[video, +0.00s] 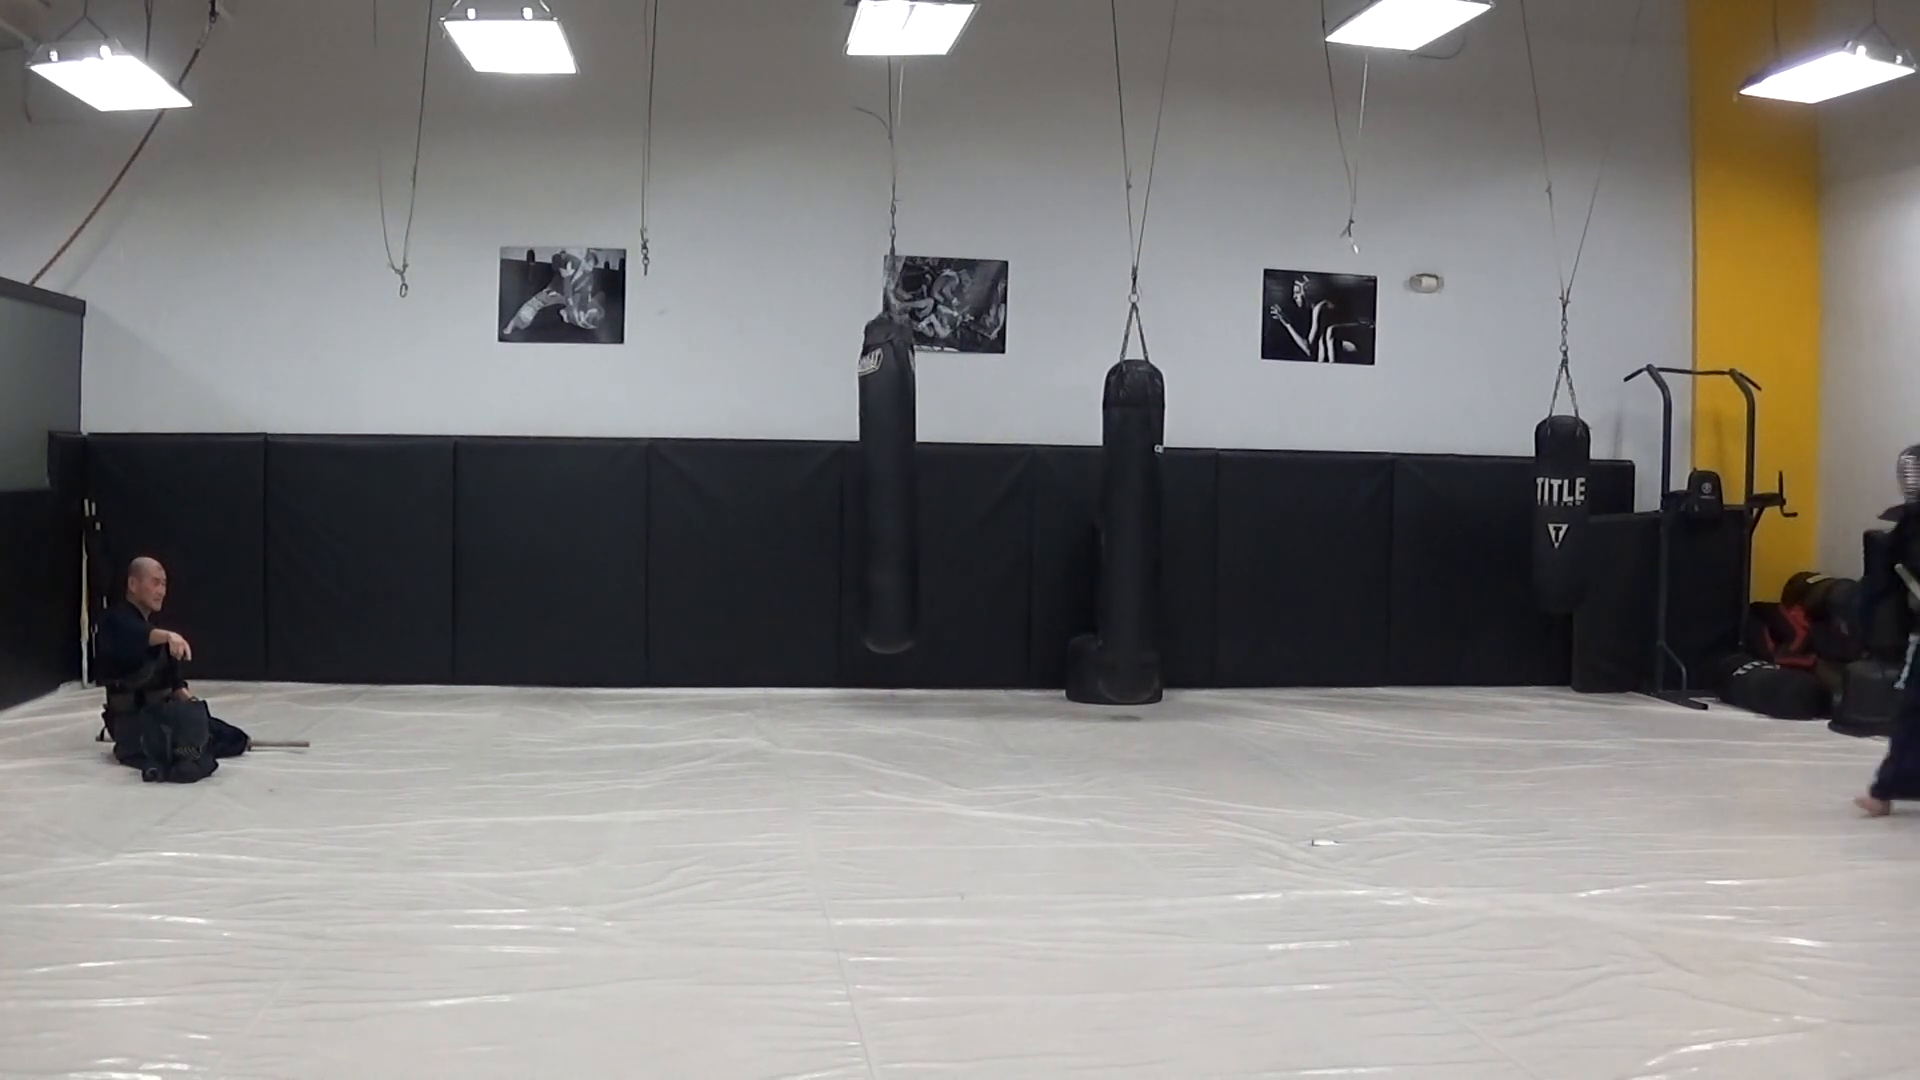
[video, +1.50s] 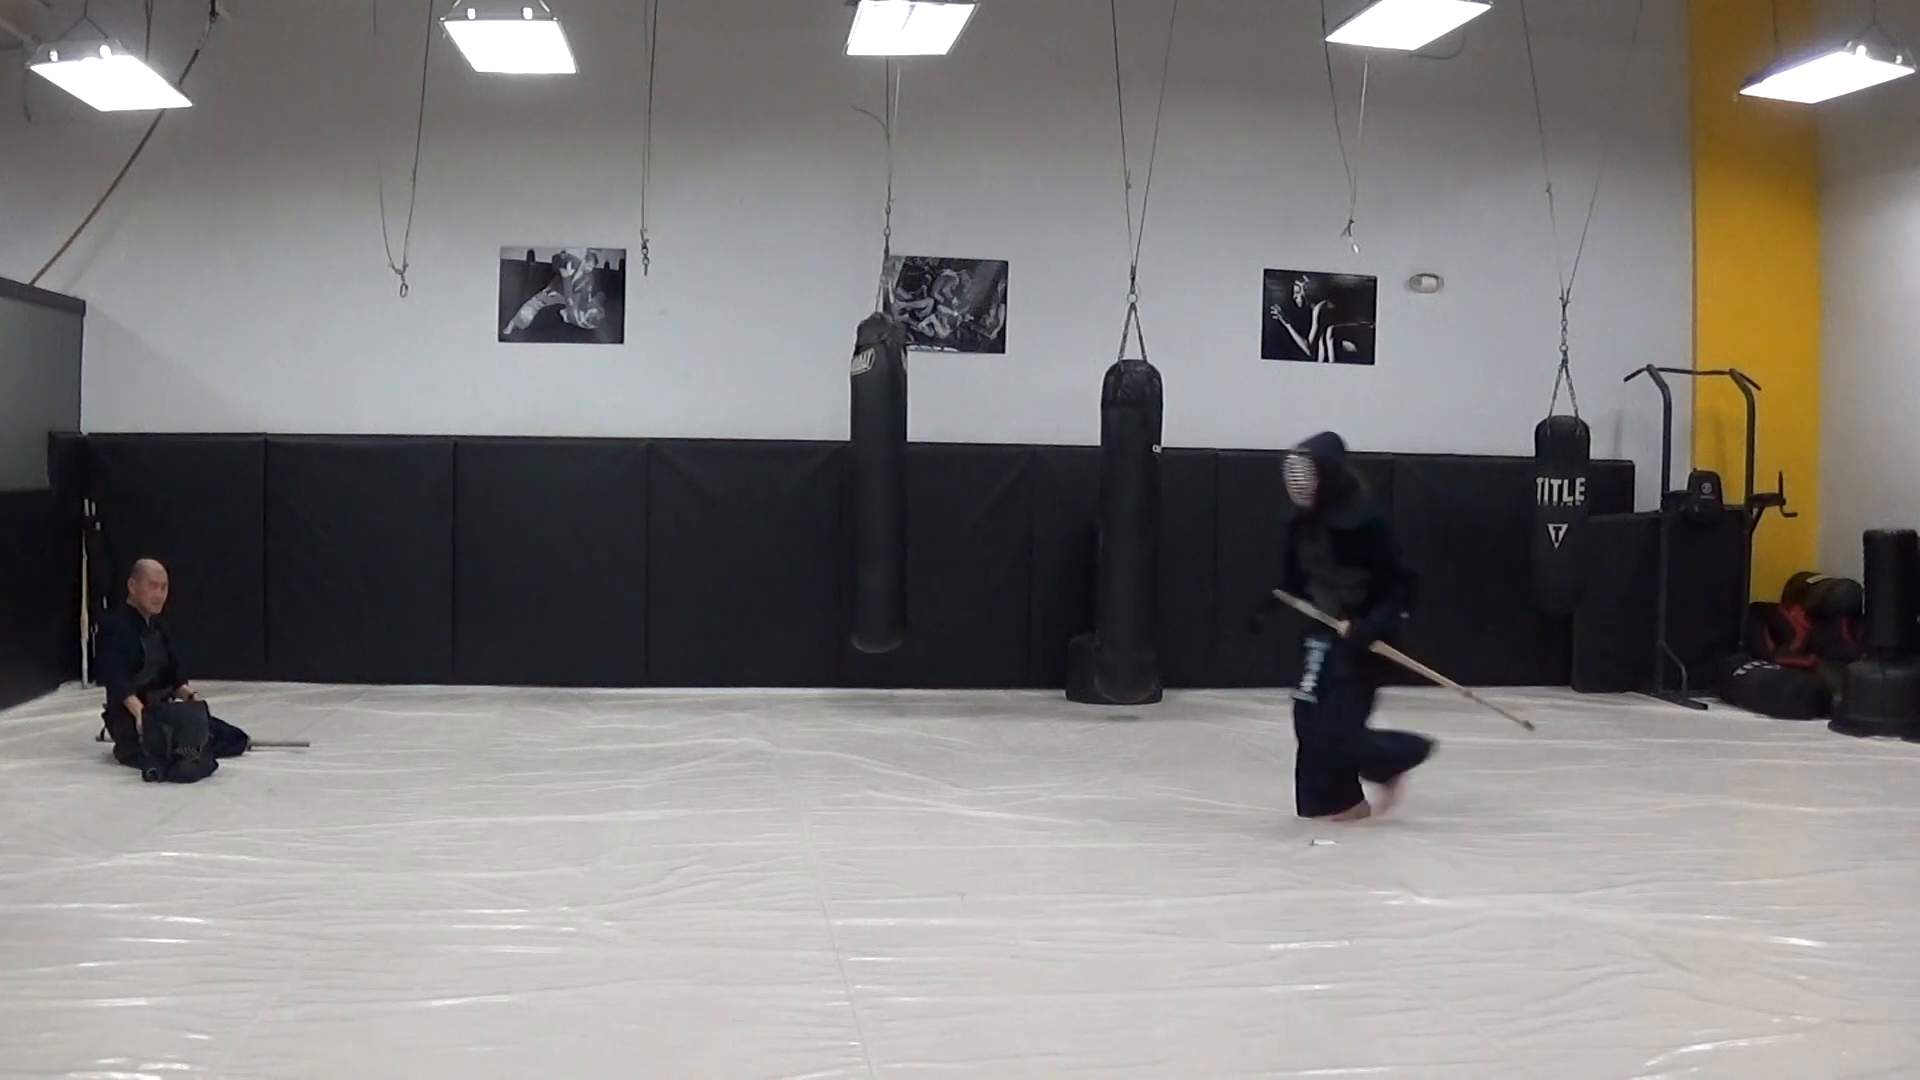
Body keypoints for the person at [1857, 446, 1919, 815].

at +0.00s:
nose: (1906, 481)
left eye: (1910, 473)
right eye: (1906, 473)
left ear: (1915, 477)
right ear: (1907, 477)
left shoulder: (1911, 521)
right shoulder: (1908, 520)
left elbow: (1886, 575)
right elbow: (1889, 573)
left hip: (1918, 634)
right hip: (1916, 634)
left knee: (1910, 707)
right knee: (1909, 707)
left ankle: (1884, 790)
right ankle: (1884, 790)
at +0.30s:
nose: (1819, 486)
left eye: (1826, 479)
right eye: (1818, 478)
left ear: (1846, 480)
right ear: (1823, 479)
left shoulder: (1880, 522)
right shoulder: (1829, 521)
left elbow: (1907, 588)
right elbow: (1807, 574)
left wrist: (1874, 624)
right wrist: (1785, 614)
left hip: (1888, 628)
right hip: (1856, 628)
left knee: (1861, 706)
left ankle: (1857, 794)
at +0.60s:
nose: (1716, 508)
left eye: (1721, 500)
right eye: (1713, 500)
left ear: (1740, 495)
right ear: (1721, 493)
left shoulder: (1778, 525)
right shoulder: (1740, 522)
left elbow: (1808, 591)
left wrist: (1770, 626)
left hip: (1801, 626)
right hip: (1760, 624)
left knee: (1815, 703)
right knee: (1731, 696)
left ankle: (1848, 789)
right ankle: (1708, 778)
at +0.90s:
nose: (1593, 500)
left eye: (1600, 492)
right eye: (1590, 492)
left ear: (1621, 492)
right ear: (1588, 492)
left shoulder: (1658, 527)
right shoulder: (1603, 534)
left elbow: (1705, 585)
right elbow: (1582, 581)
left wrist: (1677, 625)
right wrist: (1558, 619)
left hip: (1682, 626)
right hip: (1653, 626)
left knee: (1624, 696)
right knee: (1664, 701)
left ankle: (1642, 784)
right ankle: (1690, 780)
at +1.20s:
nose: (1459, 498)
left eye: (1466, 489)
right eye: (1453, 490)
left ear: (1486, 488)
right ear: (1449, 490)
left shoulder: (1520, 525)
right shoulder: (1464, 526)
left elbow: (1551, 595)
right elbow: (1471, 582)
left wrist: (1513, 629)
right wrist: (1472, 621)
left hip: (1533, 631)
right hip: (1489, 631)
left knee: (1522, 712)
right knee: (1467, 706)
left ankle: (1551, 792)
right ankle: (1512, 771)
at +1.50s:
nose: (1296, 482)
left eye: (1305, 473)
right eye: (1292, 473)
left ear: (1328, 476)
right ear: (1289, 475)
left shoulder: (1362, 523)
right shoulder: (1302, 523)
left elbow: (1400, 586)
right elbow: (1294, 581)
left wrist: (1371, 624)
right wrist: (1267, 607)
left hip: (1362, 631)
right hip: (1323, 628)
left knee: (1334, 726)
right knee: (1311, 715)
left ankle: (1398, 759)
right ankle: (1343, 802)